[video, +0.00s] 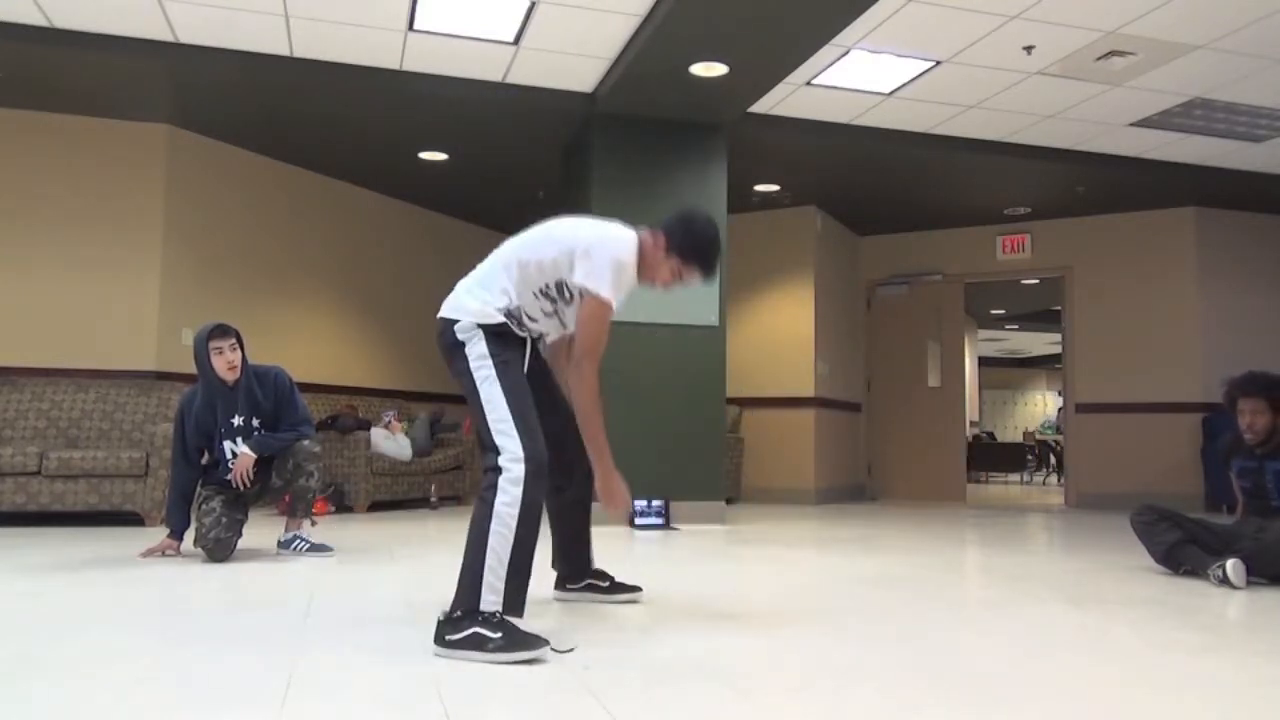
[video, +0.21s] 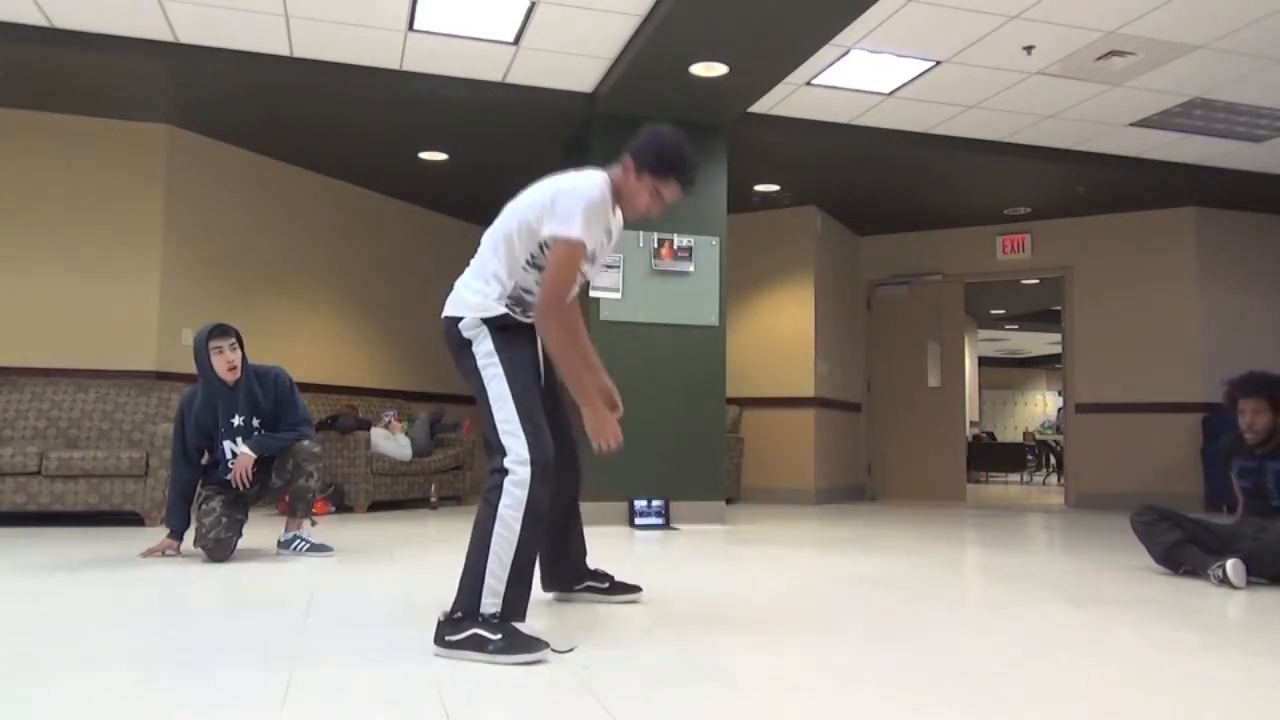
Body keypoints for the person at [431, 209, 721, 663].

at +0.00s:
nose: (671, 285)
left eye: (681, 282)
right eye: (676, 273)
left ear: (657, 244)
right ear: (658, 242)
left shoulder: (611, 250)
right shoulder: (614, 251)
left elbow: (560, 351)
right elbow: (582, 367)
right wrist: (605, 471)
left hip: (519, 337)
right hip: (479, 324)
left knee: (567, 449)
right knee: (521, 461)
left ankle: (574, 573)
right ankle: (470, 617)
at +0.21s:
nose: (657, 208)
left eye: (666, 202)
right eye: (656, 194)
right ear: (629, 168)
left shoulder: (606, 213)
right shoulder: (586, 198)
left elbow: (565, 303)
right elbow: (549, 310)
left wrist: (598, 381)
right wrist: (591, 400)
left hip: (524, 324)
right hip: (485, 320)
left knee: (560, 450)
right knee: (525, 459)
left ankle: (566, 573)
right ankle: (472, 619)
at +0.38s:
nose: (641, 169)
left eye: (650, 162)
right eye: (637, 154)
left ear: (650, 158)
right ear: (607, 132)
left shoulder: (604, 199)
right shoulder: (564, 173)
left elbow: (570, 282)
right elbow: (514, 267)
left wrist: (607, 350)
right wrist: (563, 365)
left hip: (536, 322)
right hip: (493, 319)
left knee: (578, 451)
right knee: (531, 464)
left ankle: (569, 573)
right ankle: (472, 620)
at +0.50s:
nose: (635, 160)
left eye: (645, 153)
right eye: (630, 145)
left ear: (648, 151)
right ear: (601, 128)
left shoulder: (610, 201)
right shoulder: (556, 170)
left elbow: (593, 285)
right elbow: (488, 242)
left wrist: (647, 344)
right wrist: (505, 331)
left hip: (561, 331)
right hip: (511, 328)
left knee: (599, 460)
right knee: (532, 470)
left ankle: (575, 574)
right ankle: (473, 619)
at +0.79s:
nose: (634, 137)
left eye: (644, 128)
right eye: (627, 122)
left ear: (649, 127)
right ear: (599, 109)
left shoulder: (628, 186)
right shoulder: (553, 154)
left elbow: (636, 272)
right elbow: (483, 227)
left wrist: (682, 335)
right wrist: (489, 295)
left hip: (574, 316)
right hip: (521, 309)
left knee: (583, 443)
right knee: (521, 438)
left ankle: (575, 572)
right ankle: (478, 584)